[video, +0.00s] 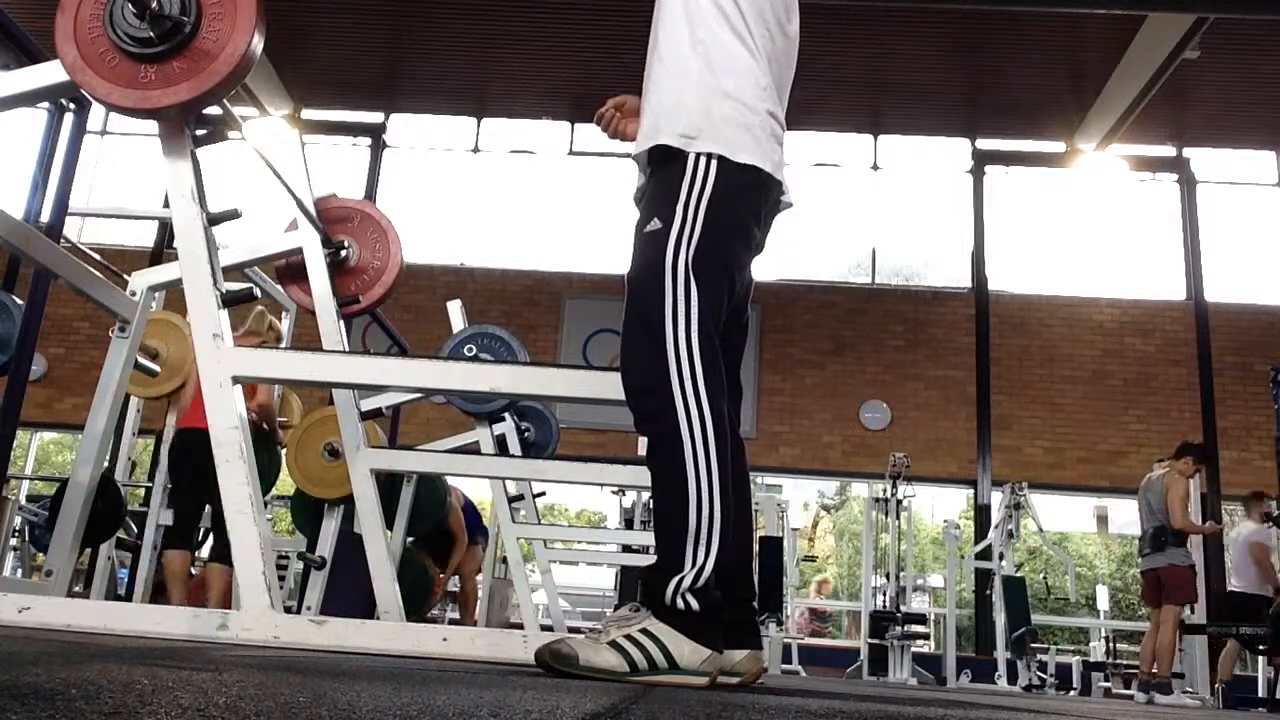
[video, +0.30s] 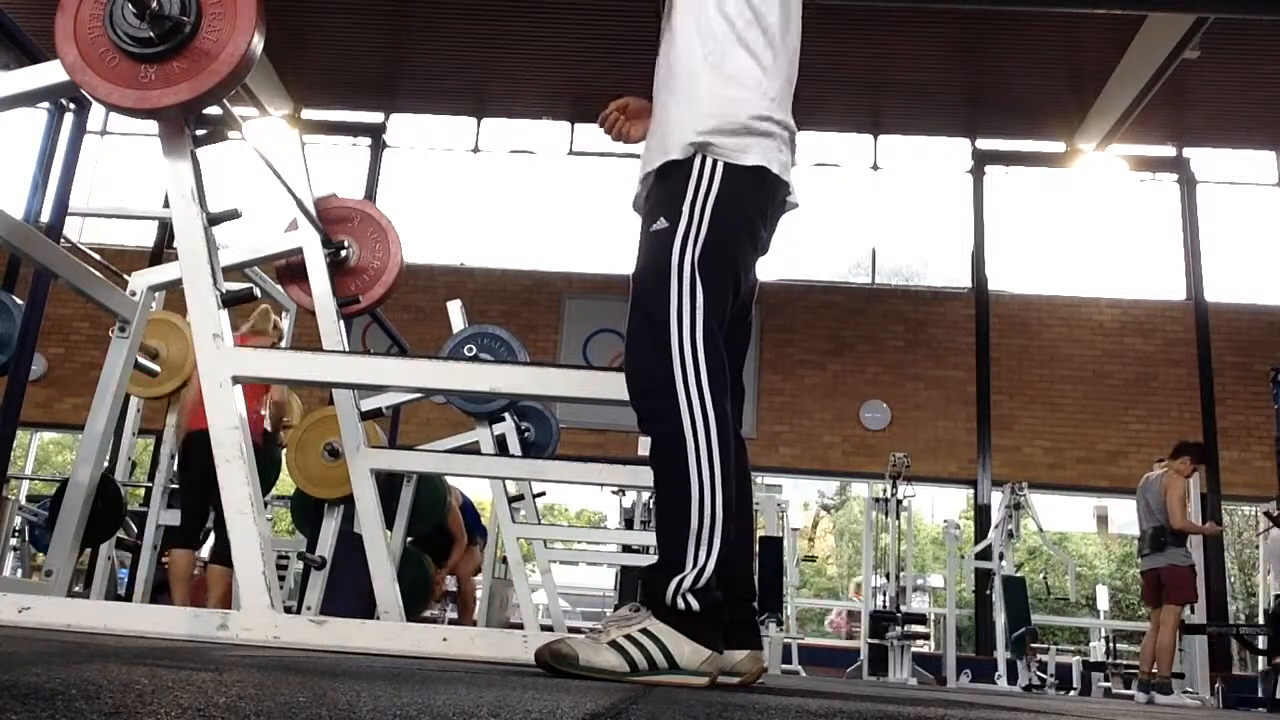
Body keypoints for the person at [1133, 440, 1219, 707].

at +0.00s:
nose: (1194, 476)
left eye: (1197, 472)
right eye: (1196, 471)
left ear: (1179, 459)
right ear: (1187, 462)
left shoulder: (1147, 480)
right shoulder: (1176, 480)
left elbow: (1147, 524)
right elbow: (1179, 522)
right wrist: (1205, 529)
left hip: (1149, 563)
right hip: (1174, 562)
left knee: (1155, 625)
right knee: (1168, 625)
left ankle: (1143, 685)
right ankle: (1164, 688)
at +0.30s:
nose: (1192, 476)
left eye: (1195, 471)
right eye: (1194, 470)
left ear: (1177, 459)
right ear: (1185, 461)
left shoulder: (1145, 480)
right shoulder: (1174, 480)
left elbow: (1146, 525)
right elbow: (1178, 523)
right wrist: (1205, 529)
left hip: (1149, 563)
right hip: (1174, 562)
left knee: (1155, 625)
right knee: (1169, 625)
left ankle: (1143, 685)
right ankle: (1164, 688)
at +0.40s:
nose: (1192, 475)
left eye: (1195, 471)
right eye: (1194, 470)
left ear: (1175, 458)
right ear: (1185, 461)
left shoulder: (1145, 480)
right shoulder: (1174, 480)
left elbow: (1146, 524)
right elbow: (1177, 523)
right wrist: (1206, 530)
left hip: (1149, 563)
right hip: (1173, 562)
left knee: (1155, 625)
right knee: (1169, 625)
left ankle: (1143, 685)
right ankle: (1164, 688)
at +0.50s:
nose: (1191, 475)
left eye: (1194, 470)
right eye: (1193, 469)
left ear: (1174, 459)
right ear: (1184, 461)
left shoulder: (1145, 480)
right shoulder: (1173, 480)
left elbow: (1146, 524)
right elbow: (1177, 523)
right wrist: (1206, 530)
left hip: (1149, 564)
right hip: (1173, 562)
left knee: (1155, 625)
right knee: (1169, 625)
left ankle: (1143, 685)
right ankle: (1164, 688)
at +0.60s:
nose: (1191, 475)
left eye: (1193, 470)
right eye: (1192, 469)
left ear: (1174, 459)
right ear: (1182, 461)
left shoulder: (1144, 480)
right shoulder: (1173, 480)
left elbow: (1147, 524)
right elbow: (1177, 522)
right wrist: (1205, 530)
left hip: (1149, 563)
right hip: (1173, 562)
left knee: (1156, 625)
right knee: (1169, 624)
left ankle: (1143, 685)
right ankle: (1164, 688)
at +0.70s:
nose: (1191, 475)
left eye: (1193, 470)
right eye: (1192, 469)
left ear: (1174, 459)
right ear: (1182, 461)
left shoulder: (1144, 480)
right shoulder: (1172, 480)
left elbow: (1146, 525)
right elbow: (1176, 522)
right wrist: (1205, 530)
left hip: (1149, 563)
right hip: (1173, 562)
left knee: (1156, 624)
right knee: (1169, 624)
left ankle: (1143, 685)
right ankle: (1164, 688)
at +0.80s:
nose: (1191, 475)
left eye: (1193, 470)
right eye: (1192, 469)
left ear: (1174, 459)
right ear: (1182, 461)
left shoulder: (1144, 480)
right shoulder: (1172, 480)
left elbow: (1146, 525)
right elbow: (1176, 522)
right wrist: (1204, 530)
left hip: (1149, 563)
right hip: (1173, 562)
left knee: (1156, 624)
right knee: (1169, 624)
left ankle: (1143, 685)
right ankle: (1164, 688)